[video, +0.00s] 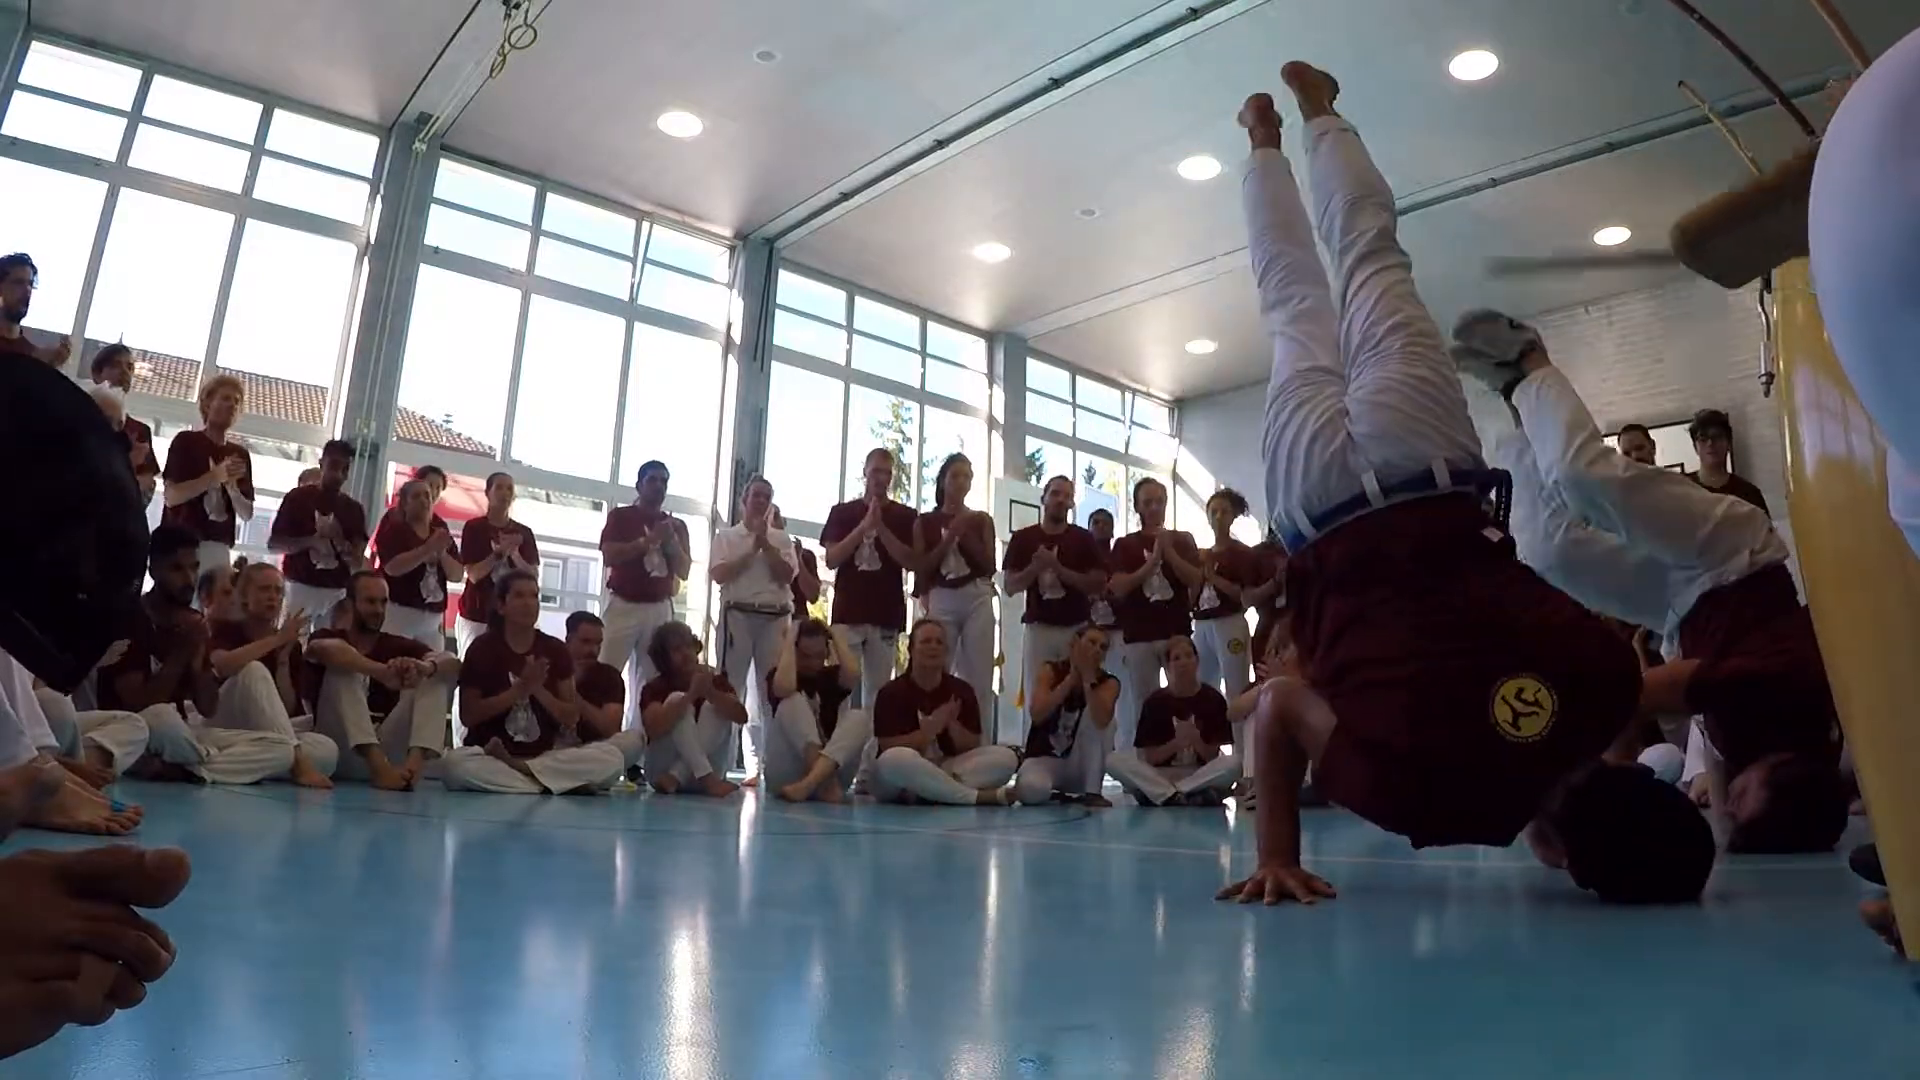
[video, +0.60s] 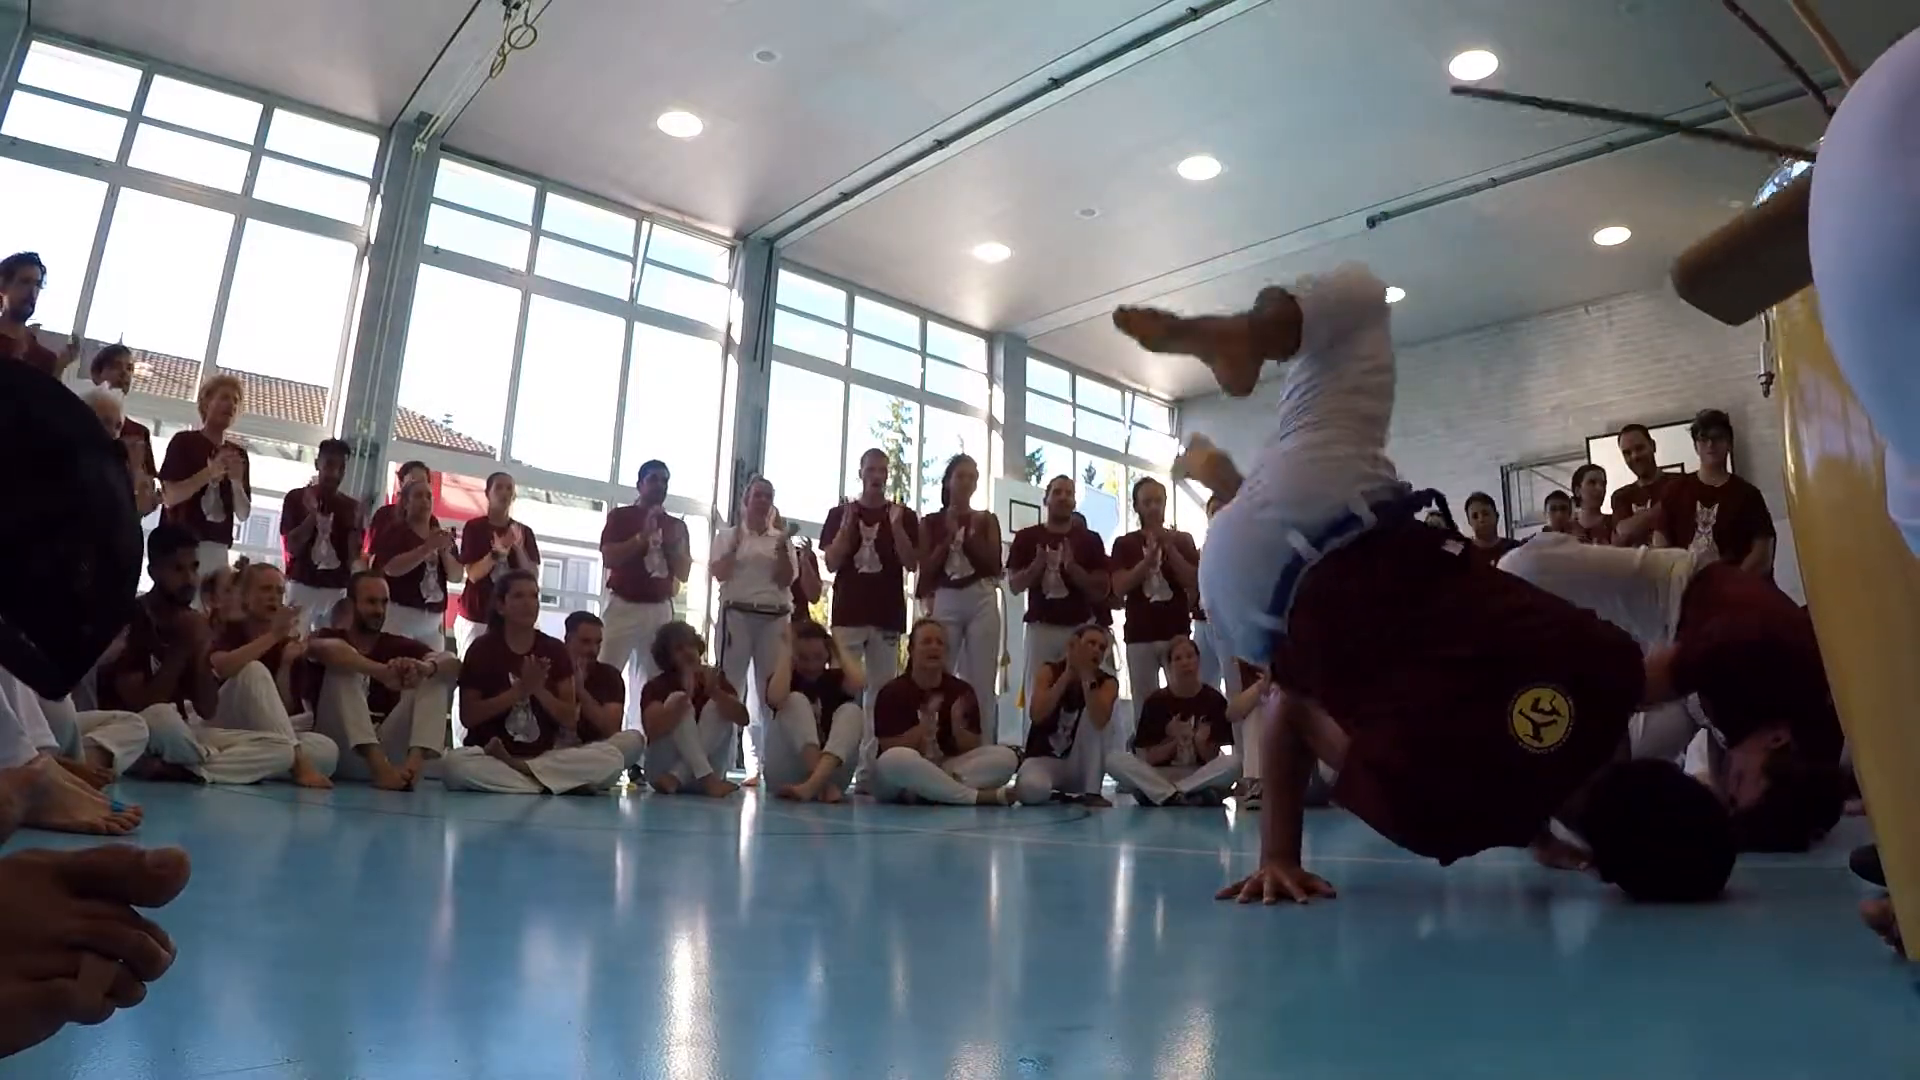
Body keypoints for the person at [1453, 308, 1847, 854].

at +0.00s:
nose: (1720, 800)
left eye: (1728, 815)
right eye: (1737, 798)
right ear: (1767, 772)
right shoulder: (1782, 692)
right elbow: (1630, 695)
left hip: (1686, 618)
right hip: (1737, 556)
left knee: (1547, 549)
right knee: (1584, 475)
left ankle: (1518, 403)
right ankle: (1531, 364)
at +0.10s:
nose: (1722, 805)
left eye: (1729, 819)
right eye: (1736, 799)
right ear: (1770, 769)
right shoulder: (1789, 699)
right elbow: (1649, 690)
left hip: (1686, 627)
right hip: (1733, 562)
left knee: (1564, 582)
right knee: (1589, 502)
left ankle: (1523, 470)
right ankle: (1550, 413)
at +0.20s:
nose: (1718, 796)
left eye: (1728, 810)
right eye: (1737, 791)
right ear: (1766, 766)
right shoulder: (1788, 697)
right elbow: (1651, 690)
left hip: (1685, 628)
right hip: (1734, 573)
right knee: (1585, 517)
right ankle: (1562, 467)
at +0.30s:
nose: (1727, 805)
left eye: (1732, 817)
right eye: (1739, 799)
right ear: (1773, 763)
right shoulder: (1776, 689)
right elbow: (1626, 695)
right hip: (1727, 580)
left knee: (1598, 674)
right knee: (1575, 530)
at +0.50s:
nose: (1725, 807)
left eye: (1733, 816)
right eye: (1738, 801)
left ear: (1779, 761)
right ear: (1775, 762)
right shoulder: (1773, 680)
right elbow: (1619, 696)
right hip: (1699, 587)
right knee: (1537, 555)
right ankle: (1615, 531)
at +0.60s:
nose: (1725, 789)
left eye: (1732, 798)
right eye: (1736, 787)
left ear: (1776, 742)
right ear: (1775, 742)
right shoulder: (1751, 658)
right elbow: (1612, 695)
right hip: (1678, 589)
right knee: (1524, 562)